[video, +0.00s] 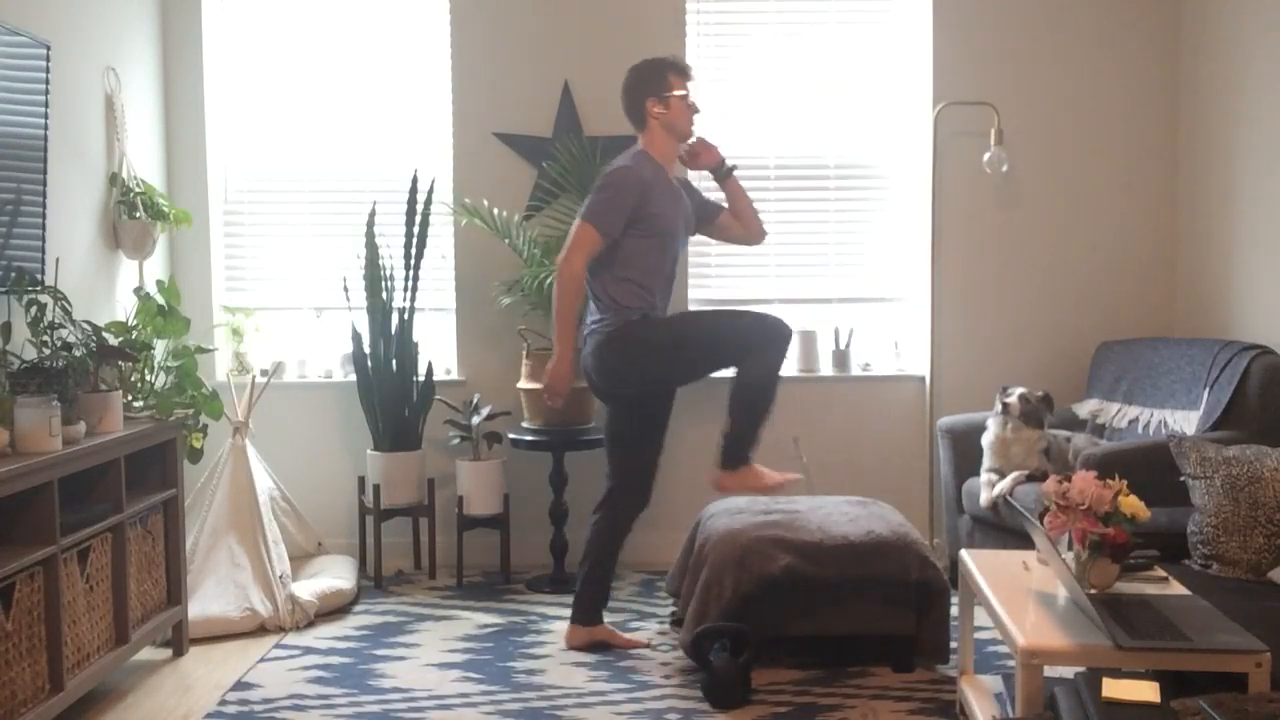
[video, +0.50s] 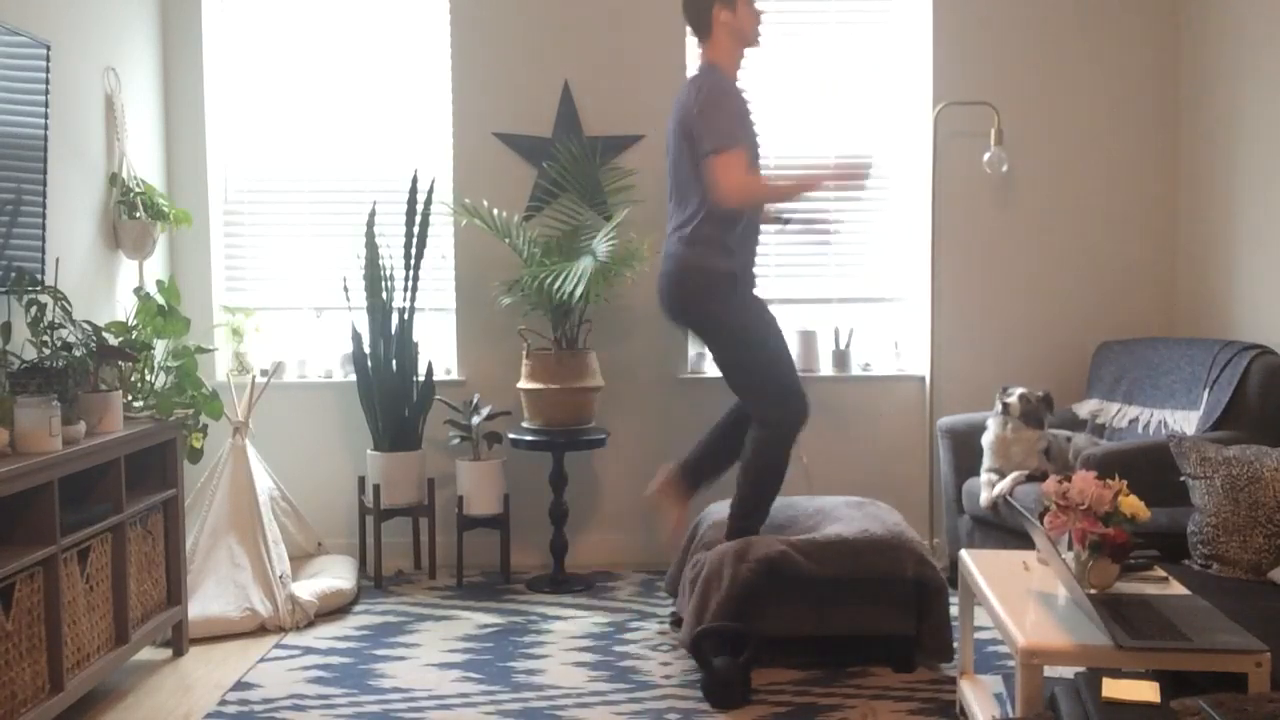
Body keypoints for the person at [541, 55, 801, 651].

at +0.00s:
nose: (694, 106)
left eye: (691, 96)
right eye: (685, 96)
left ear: (660, 109)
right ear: (655, 108)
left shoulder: (677, 187)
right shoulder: (630, 174)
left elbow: (750, 230)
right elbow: (572, 262)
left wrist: (721, 171)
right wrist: (564, 355)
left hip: (635, 346)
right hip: (623, 343)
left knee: (626, 493)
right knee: (767, 332)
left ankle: (586, 622)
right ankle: (736, 465)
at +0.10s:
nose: (708, 115)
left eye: (704, 105)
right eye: (698, 105)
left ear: (673, 116)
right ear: (669, 115)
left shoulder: (689, 197)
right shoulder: (641, 185)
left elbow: (762, 232)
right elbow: (587, 271)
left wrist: (732, 175)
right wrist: (581, 361)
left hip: (643, 356)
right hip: (637, 351)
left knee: (651, 496)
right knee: (779, 361)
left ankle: (588, 618)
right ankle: (742, 494)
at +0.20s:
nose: (724, 116)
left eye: (720, 106)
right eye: (713, 107)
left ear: (689, 121)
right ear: (684, 120)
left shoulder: (702, 201)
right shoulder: (662, 190)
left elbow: (774, 229)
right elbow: (606, 273)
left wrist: (741, 171)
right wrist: (620, 368)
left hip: (662, 360)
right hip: (655, 360)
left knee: (666, 499)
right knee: (792, 393)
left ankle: (591, 615)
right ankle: (739, 516)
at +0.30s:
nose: (739, 89)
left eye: (734, 79)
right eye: (729, 80)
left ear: (700, 94)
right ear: (702, 92)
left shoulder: (711, 175)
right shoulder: (681, 168)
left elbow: (778, 220)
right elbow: (636, 256)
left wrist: (767, 158)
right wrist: (684, 334)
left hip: (677, 344)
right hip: (675, 342)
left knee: (661, 483)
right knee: (803, 407)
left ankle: (595, 604)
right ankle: (742, 529)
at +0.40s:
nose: (752, 48)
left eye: (748, 37)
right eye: (742, 38)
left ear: (712, 53)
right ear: (714, 51)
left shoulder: (716, 127)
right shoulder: (700, 126)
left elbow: (746, 219)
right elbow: (677, 220)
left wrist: (792, 172)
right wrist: (730, 252)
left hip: (693, 310)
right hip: (695, 313)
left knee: (696, 451)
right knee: (797, 413)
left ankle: (629, 567)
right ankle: (739, 550)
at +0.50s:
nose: (758, 14)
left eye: (754, 5)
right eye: (748, 5)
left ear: (718, 22)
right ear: (722, 16)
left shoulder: (707, 91)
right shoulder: (716, 92)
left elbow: (724, 193)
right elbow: (732, 189)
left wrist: (782, 206)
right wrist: (821, 180)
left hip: (704, 276)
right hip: (709, 279)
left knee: (766, 399)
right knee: (783, 410)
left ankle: (680, 483)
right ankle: (739, 548)